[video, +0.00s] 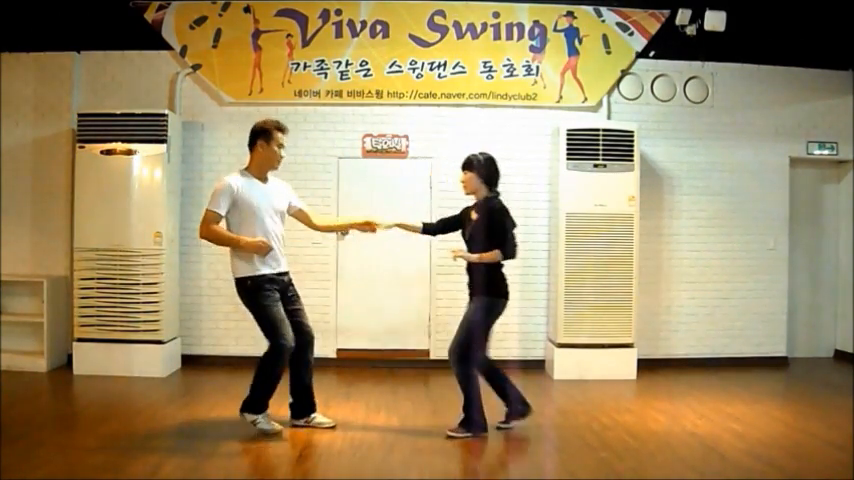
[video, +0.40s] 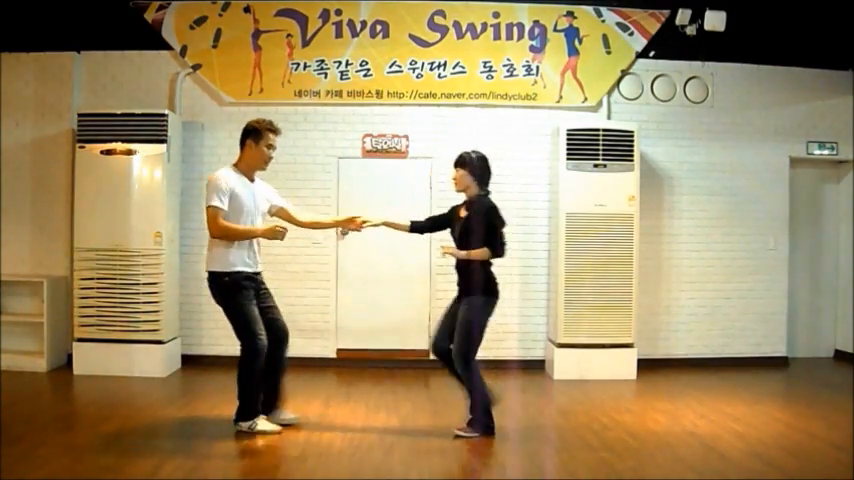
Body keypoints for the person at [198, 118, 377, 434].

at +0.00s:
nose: (283, 153)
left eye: (283, 147)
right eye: (279, 146)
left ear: (265, 149)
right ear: (259, 146)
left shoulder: (279, 188)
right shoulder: (231, 185)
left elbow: (316, 223)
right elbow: (207, 230)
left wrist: (355, 224)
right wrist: (246, 243)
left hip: (282, 277)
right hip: (254, 280)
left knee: (304, 338)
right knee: (283, 342)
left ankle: (302, 412)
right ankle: (253, 409)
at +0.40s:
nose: (273, 154)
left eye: (274, 149)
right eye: (269, 147)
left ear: (259, 149)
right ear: (249, 145)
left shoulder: (261, 189)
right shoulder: (221, 181)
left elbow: (299, 221)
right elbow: (216, 228)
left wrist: (339, 222)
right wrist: (260, 231)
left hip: (252, 276)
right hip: (227, 277)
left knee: (278, 334)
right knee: (255, 342)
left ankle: (270, 408)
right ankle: (247, 418)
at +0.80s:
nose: (250, 152)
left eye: (251, 146)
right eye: (245, 145)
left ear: (235, 148)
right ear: (225, 145)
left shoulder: (239, 187)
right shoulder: (201, 182)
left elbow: (250, 235)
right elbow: (198, 233)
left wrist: (289, 235)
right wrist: (243, 236)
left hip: (218, 274)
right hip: (198, 274)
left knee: (199, 344)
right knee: (227, 339)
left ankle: (171, 407)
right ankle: (235, 415)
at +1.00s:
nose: (244, 155)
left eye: (244, 149)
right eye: (239, 148)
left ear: (225, 149)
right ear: (219, 147)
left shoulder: (229, 188)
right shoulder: (195, 183)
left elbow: (234, 234)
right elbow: (191, 235)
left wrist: (265, 240)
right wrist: (237, 242)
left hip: (213, 277)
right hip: (191, 277)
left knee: (206, 344)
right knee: (208, 344)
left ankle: (176, 405)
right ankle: (172, 408)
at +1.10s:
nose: (245, 157)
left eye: (246, 151)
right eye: (241, 150)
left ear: (228, 151)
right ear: (221, 149)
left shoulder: (227, 190)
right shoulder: (195, 184)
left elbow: (224, 234)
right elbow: (187, 236)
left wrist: (253, 242)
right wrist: (233, 245)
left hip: (211, 279)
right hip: (188, 279)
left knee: (220, 342)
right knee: (200, 345)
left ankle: (180, 403)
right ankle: (170, 412)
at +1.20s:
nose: (249, 157)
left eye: (249, 151)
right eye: (244, 150)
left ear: (231, 151)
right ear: (225, 149)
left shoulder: (227, 190)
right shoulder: (196, 184)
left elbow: (214, 231)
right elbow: (182, 232)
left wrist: (241, 238)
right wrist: (227, 239)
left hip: (210, 279)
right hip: (186, 279)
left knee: (228, 336)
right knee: (197, 345)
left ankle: (186, 400)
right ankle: (169, 413)